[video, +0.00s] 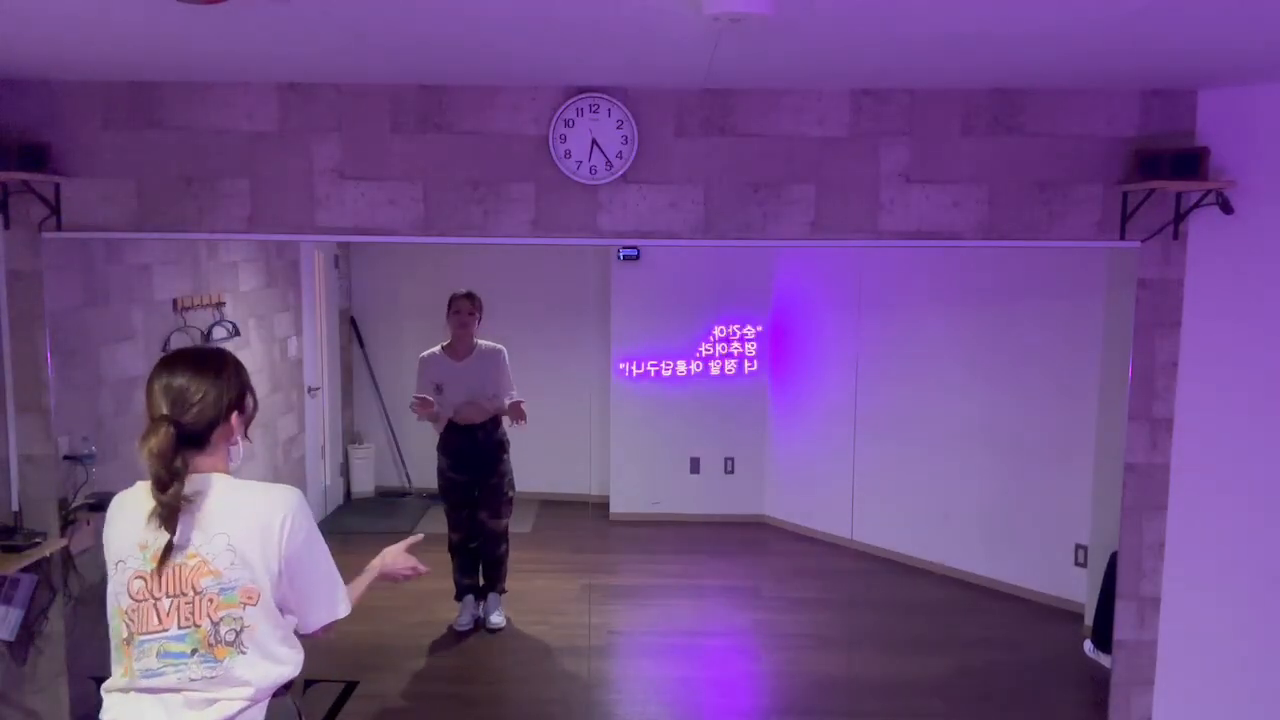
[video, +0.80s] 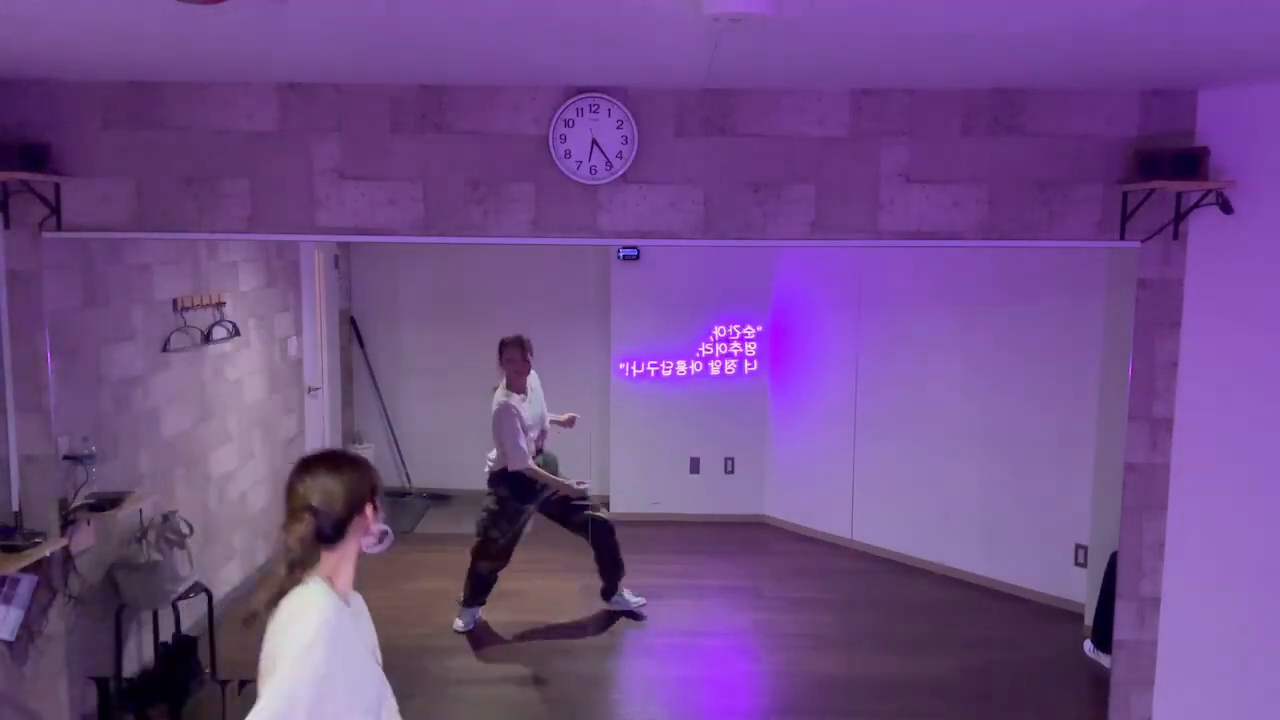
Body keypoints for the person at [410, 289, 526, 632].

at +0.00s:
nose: (463, 319)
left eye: (469, 313)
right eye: (456, 313)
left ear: (479, 318)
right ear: (447, 318)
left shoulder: (495, 354)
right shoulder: (429, 361)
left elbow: (507, 401)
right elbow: (429, 412)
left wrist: (512, 408)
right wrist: (427, 410)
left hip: (491, 445)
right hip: (453, 447)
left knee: (494, 523)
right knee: (459, 526)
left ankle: (494, 599)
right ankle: (467, 600)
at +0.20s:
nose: (462, 320)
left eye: (468, 314)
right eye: (455, 315)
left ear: (478, 319)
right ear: (446, 321)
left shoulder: (498, 353)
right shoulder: (434, 363)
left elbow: (507, 404)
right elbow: (437, 416)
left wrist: (489, 409)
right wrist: (474, 413)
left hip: (494, 442)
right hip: (457, 446)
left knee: (500, 519)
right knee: (459, 524)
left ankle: (490, 548)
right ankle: (468, 597)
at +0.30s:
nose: (463, 321)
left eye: (468, 314)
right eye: (456, 316)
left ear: (479, 317)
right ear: (447, 321)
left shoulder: (502, 352)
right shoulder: (438, 362)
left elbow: (517, 401)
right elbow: (444, 416)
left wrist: (506, 424)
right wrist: (484, 432)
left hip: (499, 446)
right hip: (461, 448)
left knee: (501, 529)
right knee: (462, 529)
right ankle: (468, 601)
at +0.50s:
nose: (471, 321)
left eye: (476, 314)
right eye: (463, 317)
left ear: (487, 318)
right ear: (457, 323)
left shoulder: (509, 350)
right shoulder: (458, 363)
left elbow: (524, 399)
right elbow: (473, 418)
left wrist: (536, 444)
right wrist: (487, 462)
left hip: (511, 437)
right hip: (474, 444)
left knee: (540, 519)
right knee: (469, 525)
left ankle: (502, 512)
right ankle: (469, 600)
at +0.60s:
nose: (483, 326)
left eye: (488, 318)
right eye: (475, 321)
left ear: (499, 321)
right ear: (468, 327)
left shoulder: (513, 350)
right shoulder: (474, 365)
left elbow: (523, 395)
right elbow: (488, 419)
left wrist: (539, 428)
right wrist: (500, 464)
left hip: (518, 441)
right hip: (483, 448)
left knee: (557, 511)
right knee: (477, 528)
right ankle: (469, 601)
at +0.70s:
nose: (499, 343)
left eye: (504, 337)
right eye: (492, 338)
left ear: (513, 338)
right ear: (484, 341)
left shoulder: (519, 361)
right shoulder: (489, 381)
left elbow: (528, 402)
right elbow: (505, 437)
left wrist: (543, 422)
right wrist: (533, 477)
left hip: (527, 452)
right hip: (497, 460)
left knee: (565, 517)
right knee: (482, 534)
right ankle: (469, 606)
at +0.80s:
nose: (516, 367)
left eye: (521, 360)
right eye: (509, 361)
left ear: (529, 360)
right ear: (500, 364)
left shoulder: (532, 379)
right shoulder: (505, 407)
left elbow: (533, 416)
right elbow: (520, 464)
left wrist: (557, 420)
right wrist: (561, 484)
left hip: (539, 472)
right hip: (510, 480)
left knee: (599, 527)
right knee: (493, 545)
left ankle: (613, 592)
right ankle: (470, 607)